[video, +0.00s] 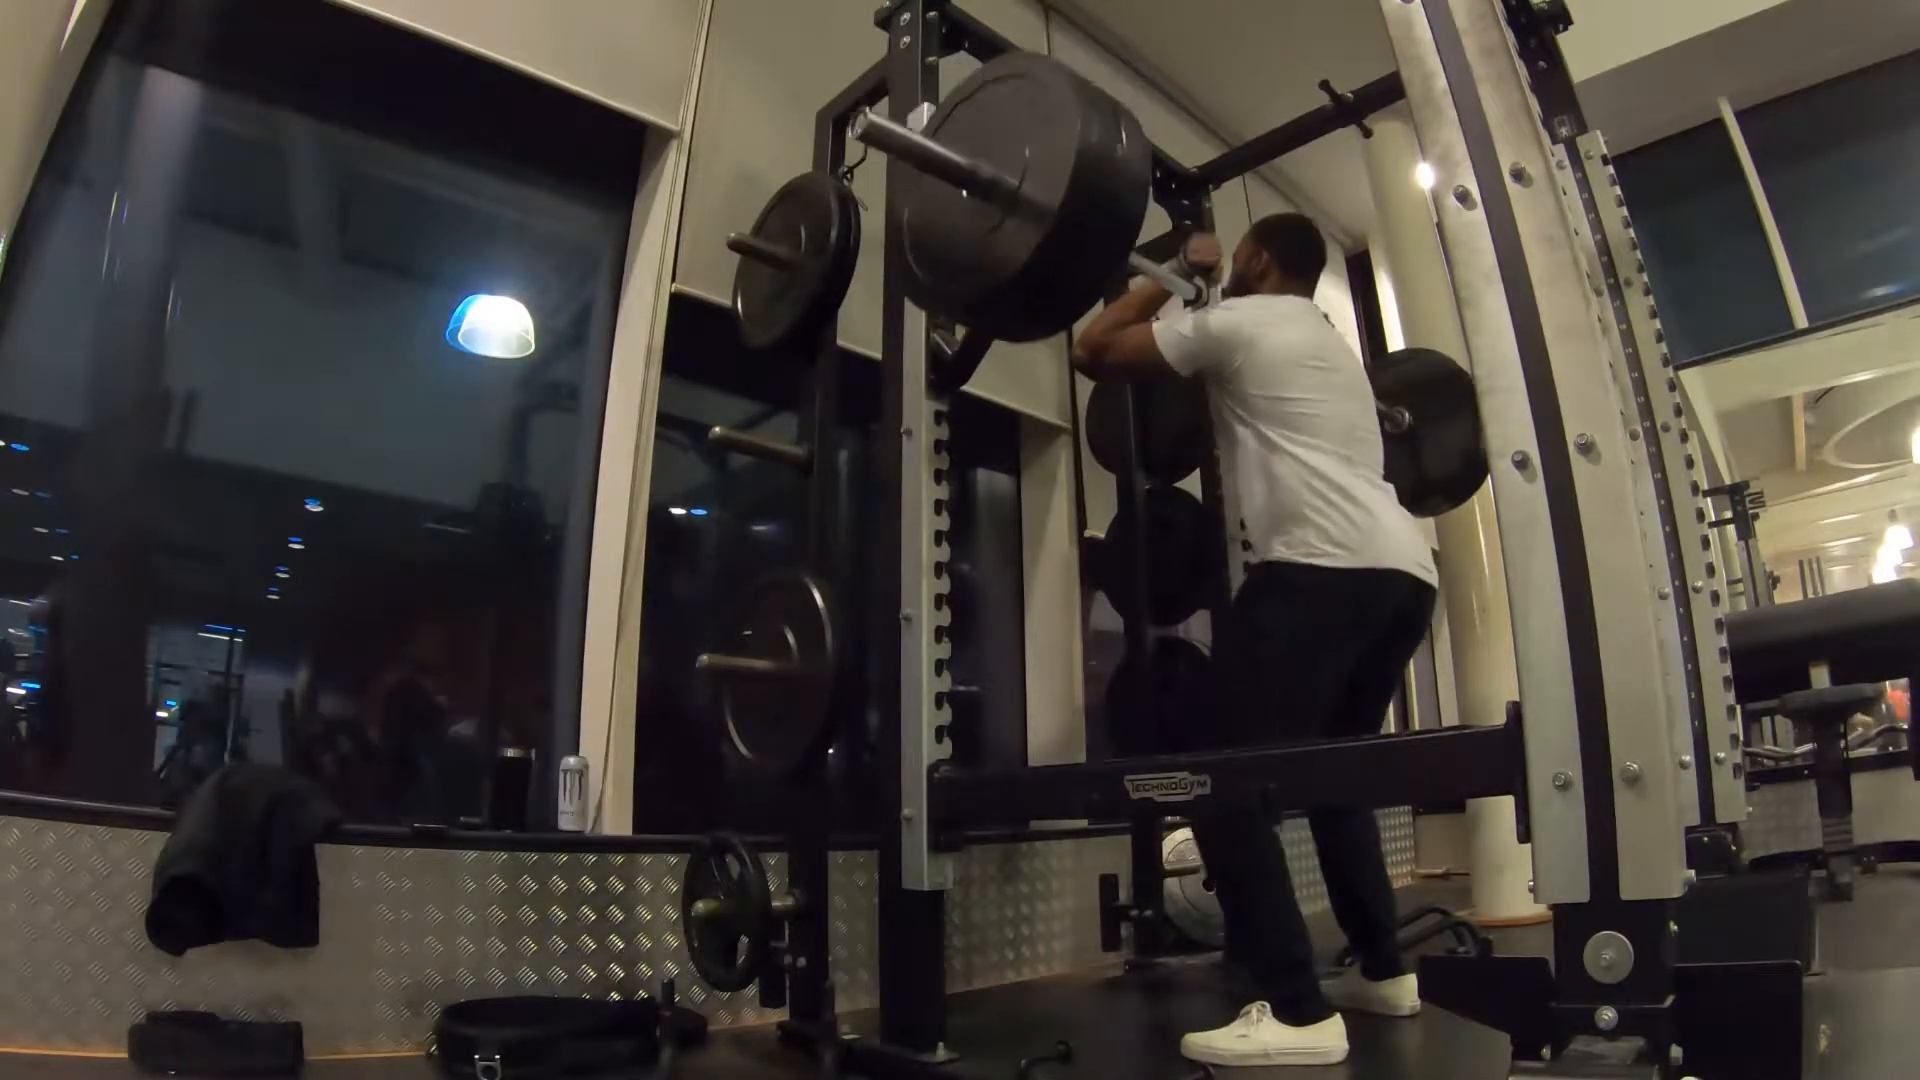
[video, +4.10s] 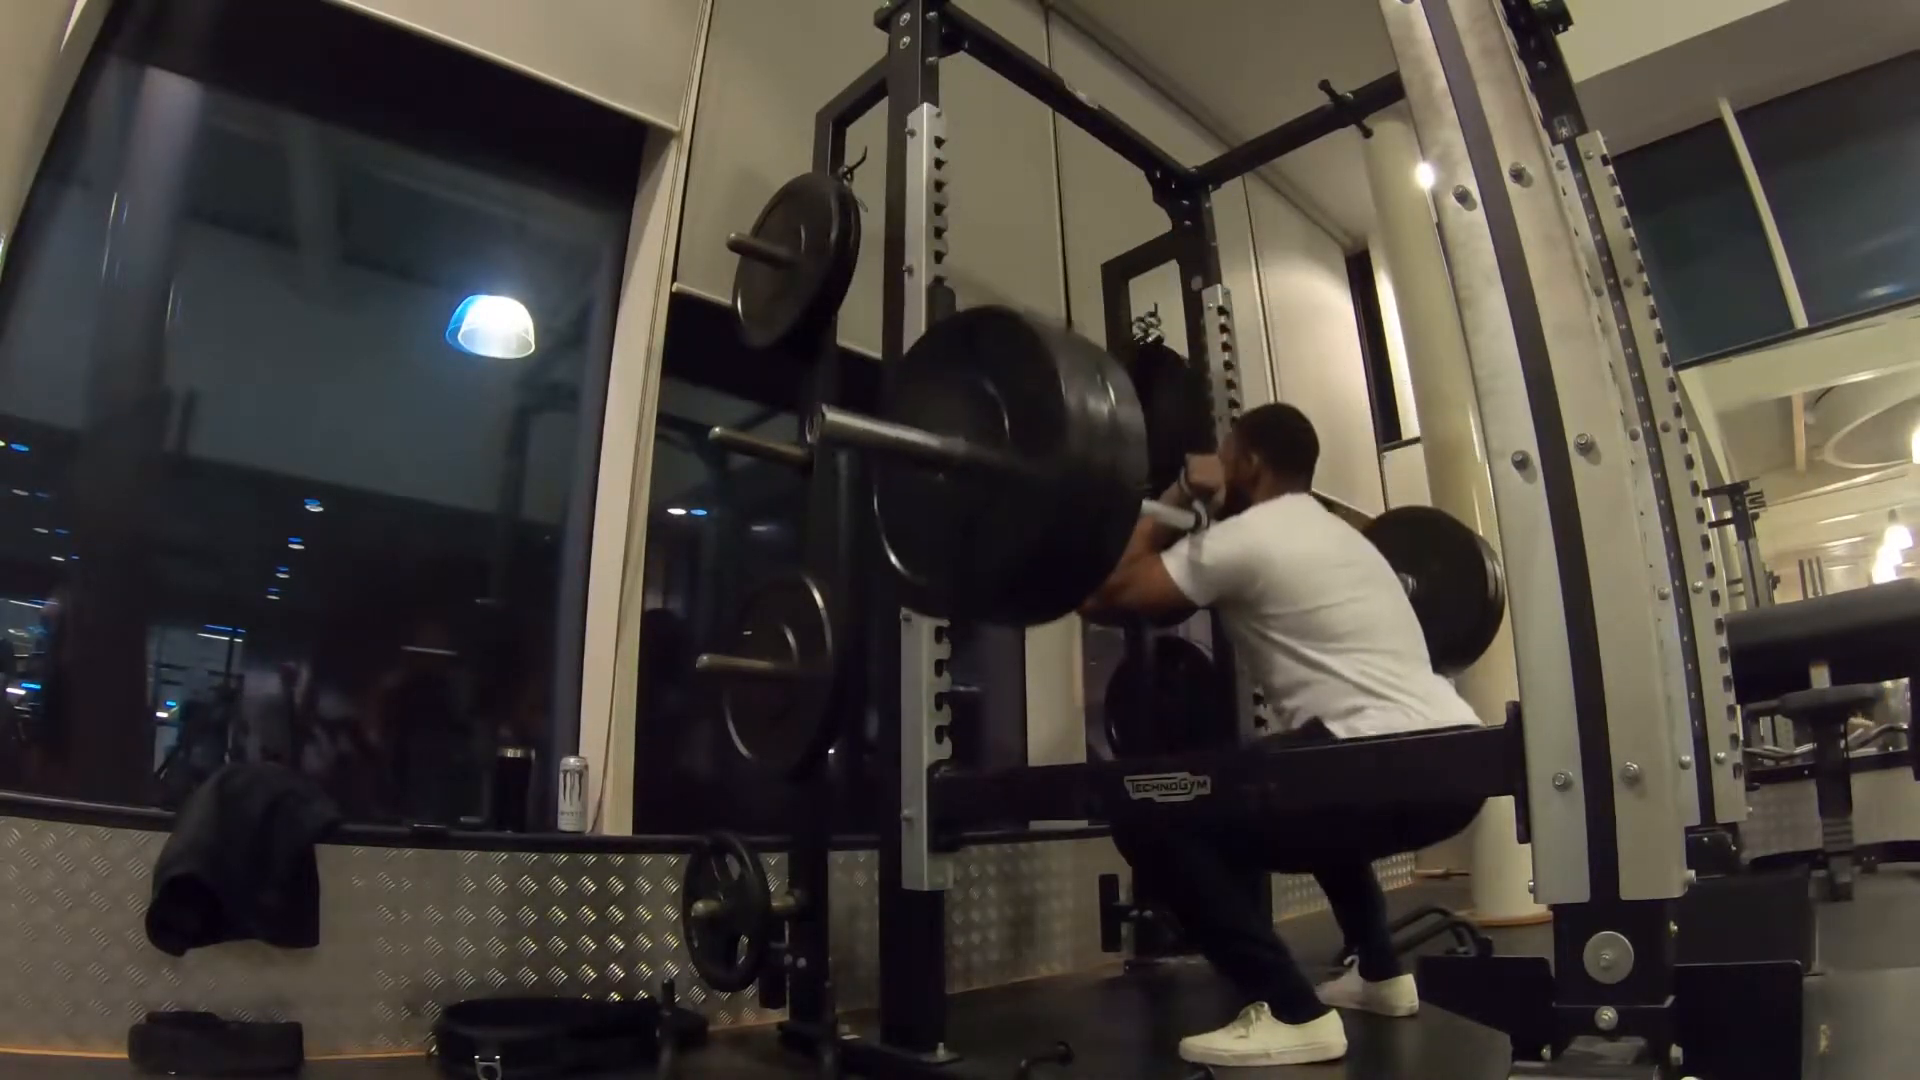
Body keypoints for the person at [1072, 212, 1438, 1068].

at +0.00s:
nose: (1237, 274)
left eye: (1242, 263)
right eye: (1239, 265)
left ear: (1259, 263)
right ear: (1312, 275)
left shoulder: (1236, 325)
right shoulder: (1333, 341)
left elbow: (1093, 345)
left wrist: (1156, 280)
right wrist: (1212, 286)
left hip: (1312, 573)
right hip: (1405, 578)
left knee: (1229, 783)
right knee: (1335, 769)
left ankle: (1294, 1011)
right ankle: (1384, 970)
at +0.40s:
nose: (1222, 361)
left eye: (1232, 349)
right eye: (1227, 348)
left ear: (1259, 361)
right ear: (1302, 370)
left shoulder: (1242, 429)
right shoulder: (1339, 431)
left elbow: (1096, 464)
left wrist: (1168, 391)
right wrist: (1219, 387)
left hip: (1349, 662)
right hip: (1441, 675)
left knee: (1174, 793)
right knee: (1313, 779)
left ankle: (1294, 1013)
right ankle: (1384, 970)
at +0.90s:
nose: (1225, 474)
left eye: (1233, 462)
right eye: (1228, 461)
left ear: (1256, 471)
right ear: (1305, 475)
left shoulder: (1241, 548)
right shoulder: (1334, 536)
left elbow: (1108, 595)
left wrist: (1166, 507)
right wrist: (1224, 503)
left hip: (1366, 780)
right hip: (1453, 777)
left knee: (1158, 824)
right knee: (1294, 791)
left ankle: (1294, 1013)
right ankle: (1382, 971)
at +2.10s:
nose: (1210, 371)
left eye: (1217, 358)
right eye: (1214, 358)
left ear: (1238, 364)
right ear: (1288, 374)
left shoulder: (1230, 433)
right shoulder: (1323, 436)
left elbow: (1088, 485)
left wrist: (1148, 407)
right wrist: (1203, 399)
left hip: (1338, 658)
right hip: (1429, 671)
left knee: (1171, 795)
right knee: (1313, 779)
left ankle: (1289, 1010)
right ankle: (1382, 969)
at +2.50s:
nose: (1203, 256)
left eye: (1212, 244)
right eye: (1208, 245)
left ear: (1238, 247)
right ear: (1278, 255)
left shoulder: (1218, 310)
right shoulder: (1308, 320)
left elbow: (1082, 346)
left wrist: (1144, 276)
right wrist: (1176, 285)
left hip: (1283, 551)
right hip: (1369, 550)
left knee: (1252, 773)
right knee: (1338, 764)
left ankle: (1296, 1008)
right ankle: (1385, 968)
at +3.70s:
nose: (1218, 358)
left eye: (1225, 345)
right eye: (1220, 345)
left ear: (1250, 352)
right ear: (1298, 359)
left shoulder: (1242, 418)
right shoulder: (1335, 419)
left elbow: (1097, 462)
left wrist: (1172, 387)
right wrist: (1214, 386)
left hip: (1356, 653)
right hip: (1447, 664)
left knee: (1181, 787)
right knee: (1323, 784)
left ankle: (1293, 1012)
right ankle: (1381, 971)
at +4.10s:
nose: (1220, 469)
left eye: (1228, 458)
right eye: (1221, 457)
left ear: (1252, 465)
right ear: (1301, 469)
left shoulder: (1243, 540)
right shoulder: (1335, 528)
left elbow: (1114, 591)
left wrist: (1166, 505)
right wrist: (1226, 493)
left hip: (1367, 775)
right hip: (1456, 768)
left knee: (1154, 820)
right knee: (1287, 777)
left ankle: (1294, 1013)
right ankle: (1382, 972)